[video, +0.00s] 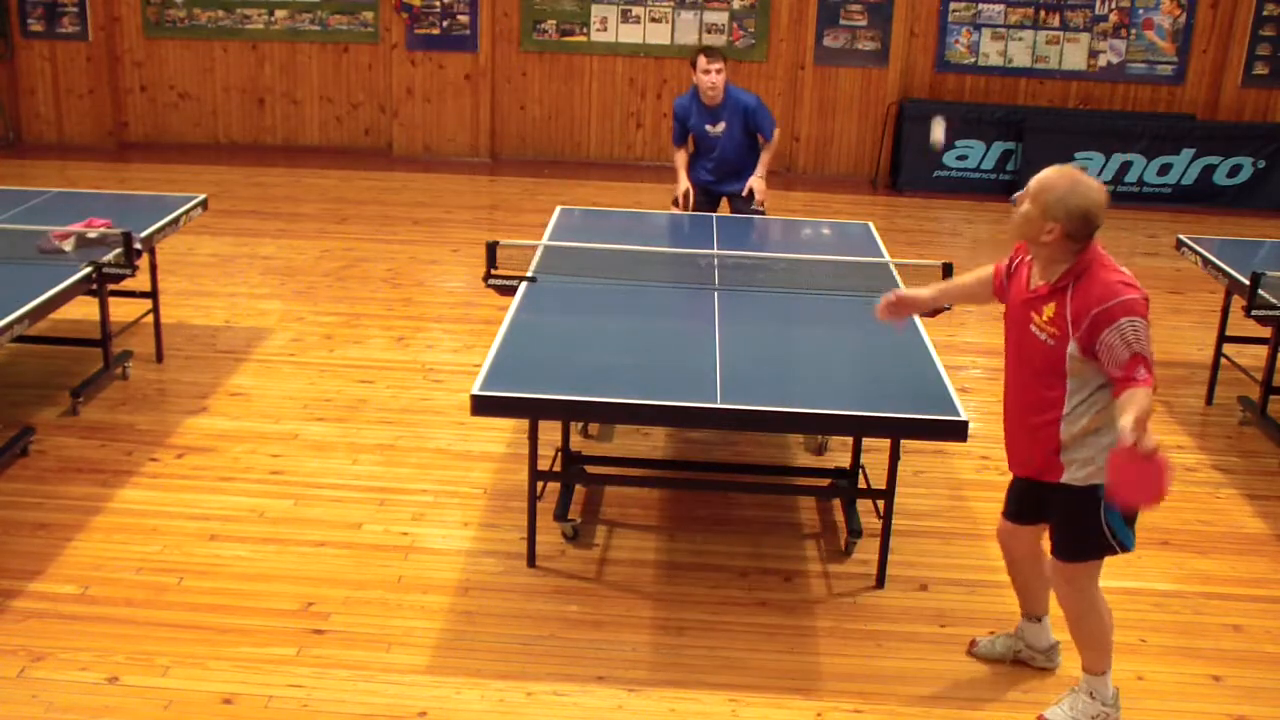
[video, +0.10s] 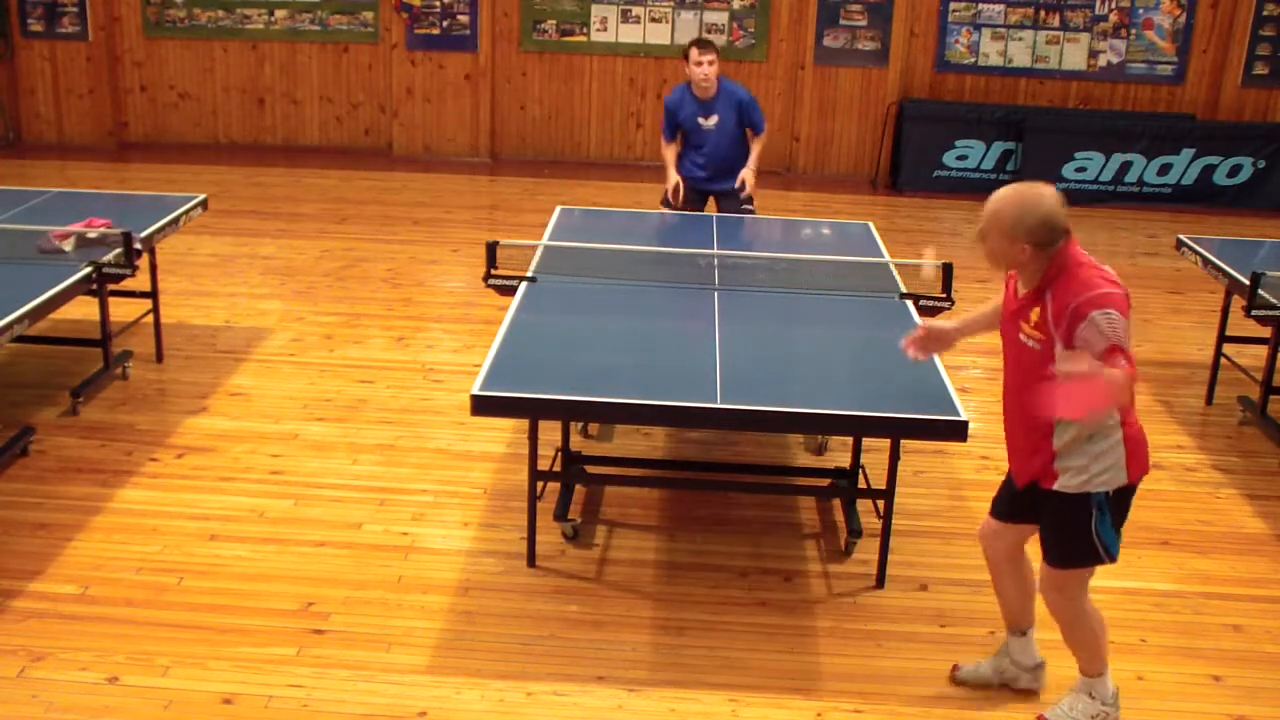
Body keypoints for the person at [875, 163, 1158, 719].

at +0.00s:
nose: (1015, 201)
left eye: (1025, 199)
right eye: (1022, 194)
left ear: (1050, 231)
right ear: (1051, 229)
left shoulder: (1111, 296)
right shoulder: (1027, 261)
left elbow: (1137, 380)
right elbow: (988, 282)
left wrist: (1131, 421)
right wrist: (927, 298)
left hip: (1088, 465)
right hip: (1038, 453)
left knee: (1075, 576)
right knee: (1016, 535)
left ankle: (1099, 692)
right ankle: (1035, 636)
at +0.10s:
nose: (983, 242)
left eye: (989, 236)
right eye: (984, 233)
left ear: (1021, 251)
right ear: (1027, 245)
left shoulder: (1092, 298)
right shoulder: (1035, 270)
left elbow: (1120, 383)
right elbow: (1011, 309)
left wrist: (1086, 385)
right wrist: (955, 330)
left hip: (1091, 464)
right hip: (1043, 449)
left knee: (1062, 589)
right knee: (998, 539)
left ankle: (1099, 694)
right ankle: (1021, 657)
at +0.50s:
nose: (947, 242)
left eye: (948, 232)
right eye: (946, 231)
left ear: (966, 234)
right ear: (1009, 224)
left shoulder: (1009, 284)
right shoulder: (1048, 267)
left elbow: (1017, 370)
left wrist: (933, 351)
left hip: (1030, 482)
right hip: (1062, 471)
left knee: (957, 614)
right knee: (1000, 567)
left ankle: (952, 715)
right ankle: (1014, 671)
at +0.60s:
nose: (945, 242)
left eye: (945, 232)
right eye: (944, 232)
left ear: (961, 235)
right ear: (1011, 227)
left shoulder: (989, 290)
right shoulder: (1057, 277)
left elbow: (974, 383)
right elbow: (1091, 352)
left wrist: (907, 372)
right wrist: (1016, 364)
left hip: (1016, 490)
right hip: (1074, 481)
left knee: (943, 619)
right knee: (1003, 569)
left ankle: (946, 714)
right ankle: (1015, 673)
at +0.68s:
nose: (943, 239)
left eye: (944, 228)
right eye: (942, 228)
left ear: (960, 232)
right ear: (1012, 226)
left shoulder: (975, 291)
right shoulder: (1062, 280)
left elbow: (949, 388)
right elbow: (1097, 358)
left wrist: (893, 391)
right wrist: (1022, 380)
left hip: (1009, 496)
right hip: (1080, 486)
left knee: (942, 620)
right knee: (1019, 564)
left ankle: (945, 714)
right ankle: (1026, 675)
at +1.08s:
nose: (958, 222)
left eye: (961, 213)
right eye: (960, 212)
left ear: (975, 222)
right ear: (1027, 218)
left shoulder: (981, 297)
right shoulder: (1081, 276)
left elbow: (953, 400)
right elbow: (1115, 349)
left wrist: (895, 393)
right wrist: (1052, 382)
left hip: (1014, 490)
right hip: (1089, 481)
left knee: (940, 603)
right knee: (1061, 582)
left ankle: (935, 714)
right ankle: (1077, 698)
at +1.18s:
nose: (956, 226)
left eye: (959, 218)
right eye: (959, 216)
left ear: (973, 229)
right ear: (1025, 225)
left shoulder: (982, 306)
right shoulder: (1075, 280)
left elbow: (942, 411)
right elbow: (1106, 347)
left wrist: (888, 403)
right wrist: (1030, 367)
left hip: (1016, 495)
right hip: (1089, 483)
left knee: (934, 599)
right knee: (1053, 573)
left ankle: (932, 714)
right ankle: (1091, 689)